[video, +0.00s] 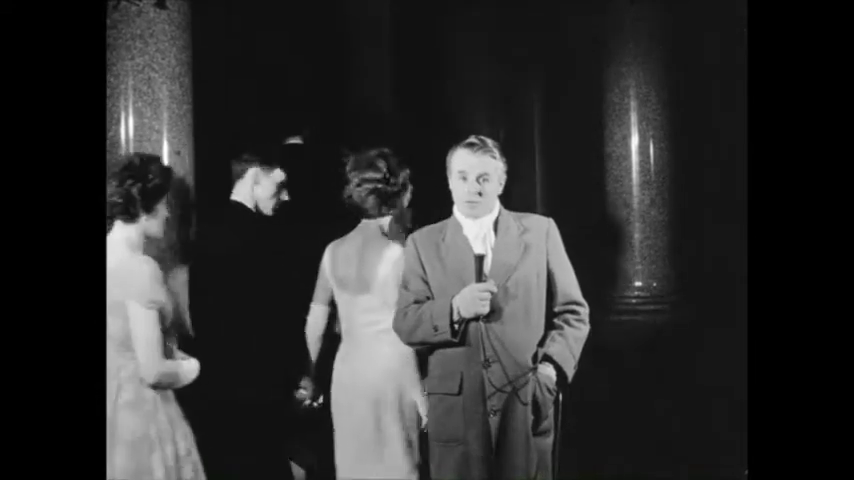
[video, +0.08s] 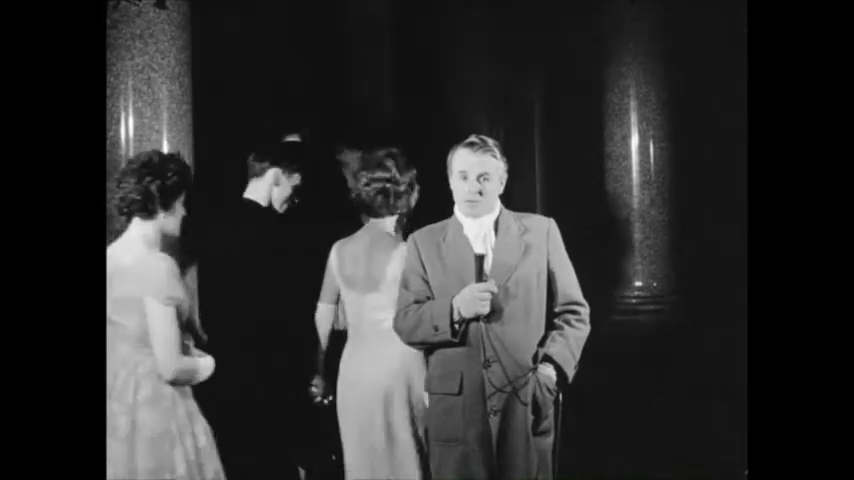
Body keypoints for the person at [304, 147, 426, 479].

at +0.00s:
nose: (410, 200)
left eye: (409, 191)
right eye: (408, 193)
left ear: (356, 197)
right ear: (400, 198)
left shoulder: (333, 252)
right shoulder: (403, 252)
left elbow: (317, 319)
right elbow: (416, 319)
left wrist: (309, 373)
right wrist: (423, 385)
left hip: (349, 365)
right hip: (394, 367)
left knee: (353, 459)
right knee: (399, 460)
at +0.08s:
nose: (414, 199)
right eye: (411, 192)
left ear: (361, 199)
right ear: (405, 200)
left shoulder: (340, 251)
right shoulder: (410, 253)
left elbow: (324, 317)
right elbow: (424, 314)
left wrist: (318, 370)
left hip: (357, 361)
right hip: (403, 361)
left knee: (361, 457)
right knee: (408, 456)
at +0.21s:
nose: (423, 202)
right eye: (419, 195)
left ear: (366, 200)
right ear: (414, 203)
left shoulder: (350, 251)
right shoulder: (420, 252)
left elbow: (337, 317)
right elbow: (432, 314)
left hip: (367, 364)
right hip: (414, 364)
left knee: (370, 456)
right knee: (417, 456)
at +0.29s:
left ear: (375, 198)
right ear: (424, 200)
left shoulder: (358, 252)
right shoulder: (432, 251)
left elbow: (348, 314)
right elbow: (442, 312)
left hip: (377, 361)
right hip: (423, 361)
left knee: (380, 455)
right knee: (425, 454)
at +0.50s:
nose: (416, 197)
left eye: (416, 189)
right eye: (413, 190)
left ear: (397, 194)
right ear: (441, 193)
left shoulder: (383, 244)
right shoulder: (450, 242)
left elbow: (369, 308)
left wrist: (355, 361)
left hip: (394, 354)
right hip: (437, 354)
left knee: (397, 443)